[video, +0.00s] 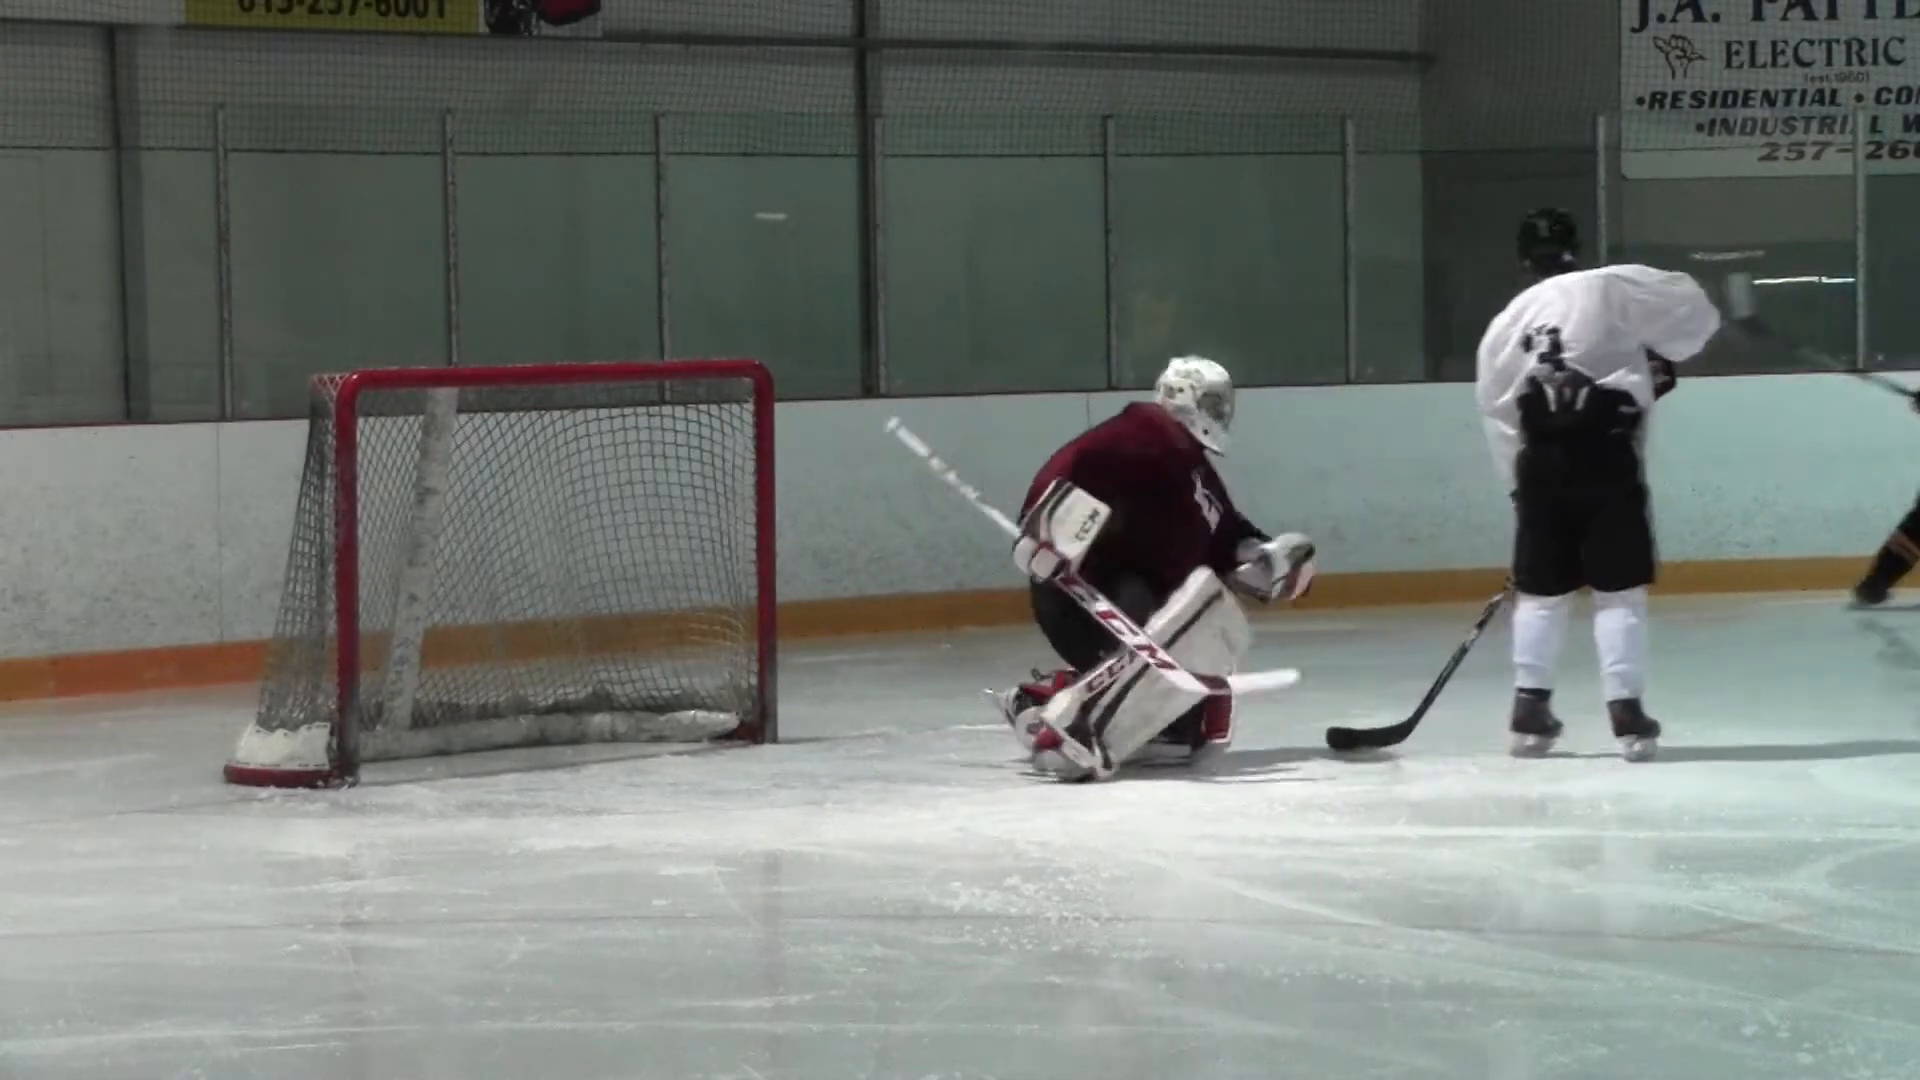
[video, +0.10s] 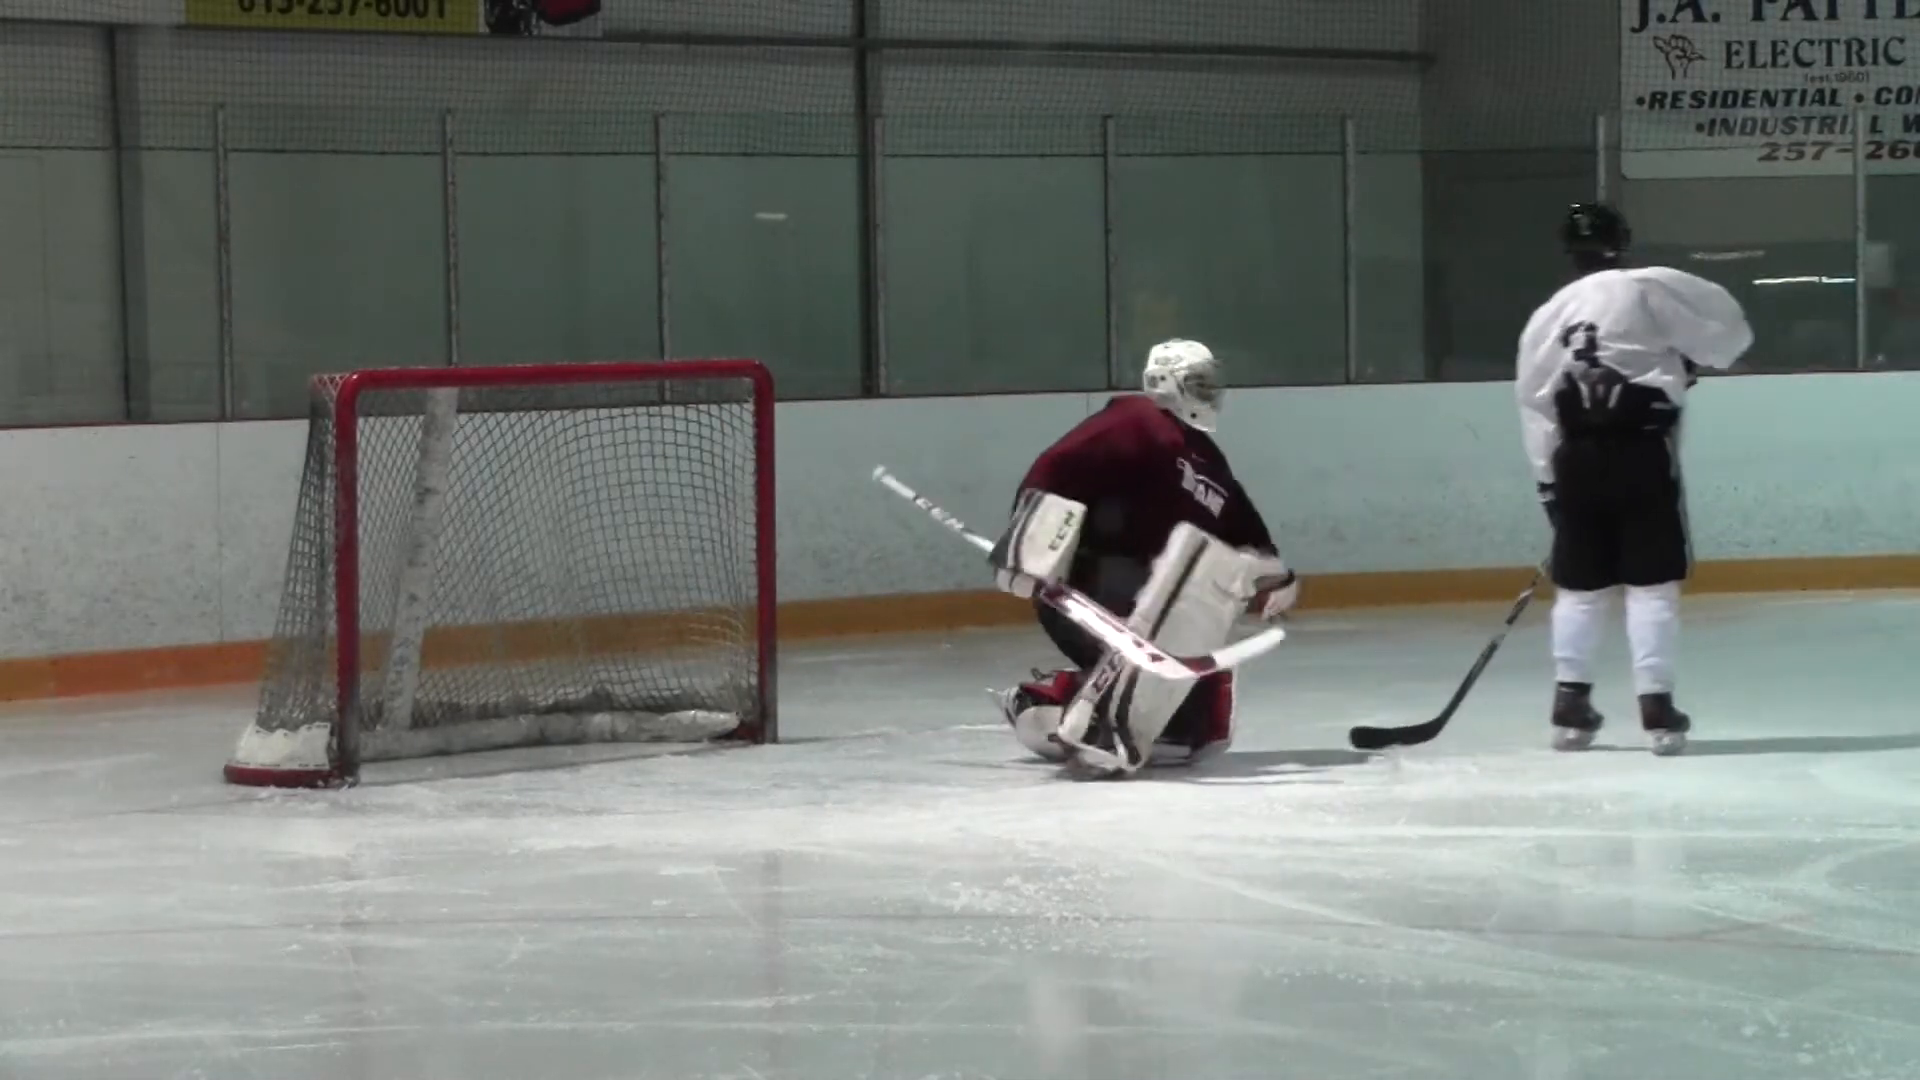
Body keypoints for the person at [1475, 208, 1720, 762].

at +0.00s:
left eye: (1538, 257)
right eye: (1568, 251)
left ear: (1525, 260)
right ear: (1575, 250)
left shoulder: (1504, 325)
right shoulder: (1611, 285)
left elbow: (1499, 417)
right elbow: (1696, 309)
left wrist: (1519, 485)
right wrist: (1663, 364)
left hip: (1542, 464)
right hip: (1609, 457)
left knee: (1540, 587)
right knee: (1618, 587)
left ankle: (1530, 707)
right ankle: (1625, 708)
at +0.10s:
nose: (1614, 256)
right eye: (1615, 245)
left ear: (1569, 253)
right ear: (1620, 246)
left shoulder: (1544, 318)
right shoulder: (1649, 289)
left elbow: (1536, 412)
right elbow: (1733, 333)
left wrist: (1548, 487)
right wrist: (1688, 365)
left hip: (1577, 461)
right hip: (1644, 456)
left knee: (1580, 582)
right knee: (1652, 579)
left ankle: (1569, 699)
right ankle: (1655, 702)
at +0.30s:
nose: (1717, 247)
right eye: (1717, 239)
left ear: (1664, 245)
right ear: (1715, 242)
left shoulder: (1633, 308)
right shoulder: (1738, 291)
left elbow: (1616, 400)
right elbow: (1799, 353)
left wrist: (1623, 475)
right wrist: (1745, 363)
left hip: (1649, 457)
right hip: (1714, 454)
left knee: (1653, 574)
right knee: (1722, 573)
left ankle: (1645, 689)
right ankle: (1722, 693)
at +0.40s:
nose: (1767, 247)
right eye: (1765, 238)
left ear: (1712, 244)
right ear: (1764, 240)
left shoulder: (1680, 304)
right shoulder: (1780, 289)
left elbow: (1661, 396)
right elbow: (1838, 355)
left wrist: (1665, 466)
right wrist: (1782, 378)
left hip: (1687, 451)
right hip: (1751, 450)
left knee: (1692, 567)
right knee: (1763, 567)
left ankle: (1683, 682)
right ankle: (1760, 686)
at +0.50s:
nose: (1821, 248)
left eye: (1817, 238)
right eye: (1819, 239)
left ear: (1764, 243)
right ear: (1813, 240)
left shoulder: (1728, 303)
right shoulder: (1823, 289)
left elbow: (1708, 395)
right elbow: (1876, 357)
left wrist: (1714, 466)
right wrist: (1822, 385)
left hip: (1729, 450)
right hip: (1789, 449)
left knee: (1735, 564)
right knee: (1806, 564)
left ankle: (1726, 679)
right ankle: (1798, 683)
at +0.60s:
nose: (1879, 247)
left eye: (1876, 238)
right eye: (1874, 239)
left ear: (1821, 242)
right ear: (1862, 241)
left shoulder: (1784, 298)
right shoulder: (1874, 291)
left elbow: (1757, 373)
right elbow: (1906, 371)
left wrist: (1763, 449)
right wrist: (1863, 383)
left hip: (1776, 443)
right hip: (1834, 444)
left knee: (1782, 560)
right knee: (1851, 559)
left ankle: (1772, 674)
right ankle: (1836, 677)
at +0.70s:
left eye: (1917, 241)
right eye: (1918, 242)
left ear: (1878, 244)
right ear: (1909, 244)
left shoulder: (1835, 302)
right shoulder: (1907, 288)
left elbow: (1814, 391)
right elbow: (1913, 366)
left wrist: (1818, 481)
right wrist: (1899, 403)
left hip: (1827, 441)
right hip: (1882, 439)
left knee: (1836, 556)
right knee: (1900, 558)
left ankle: (1820, 670)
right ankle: (1886, 671)